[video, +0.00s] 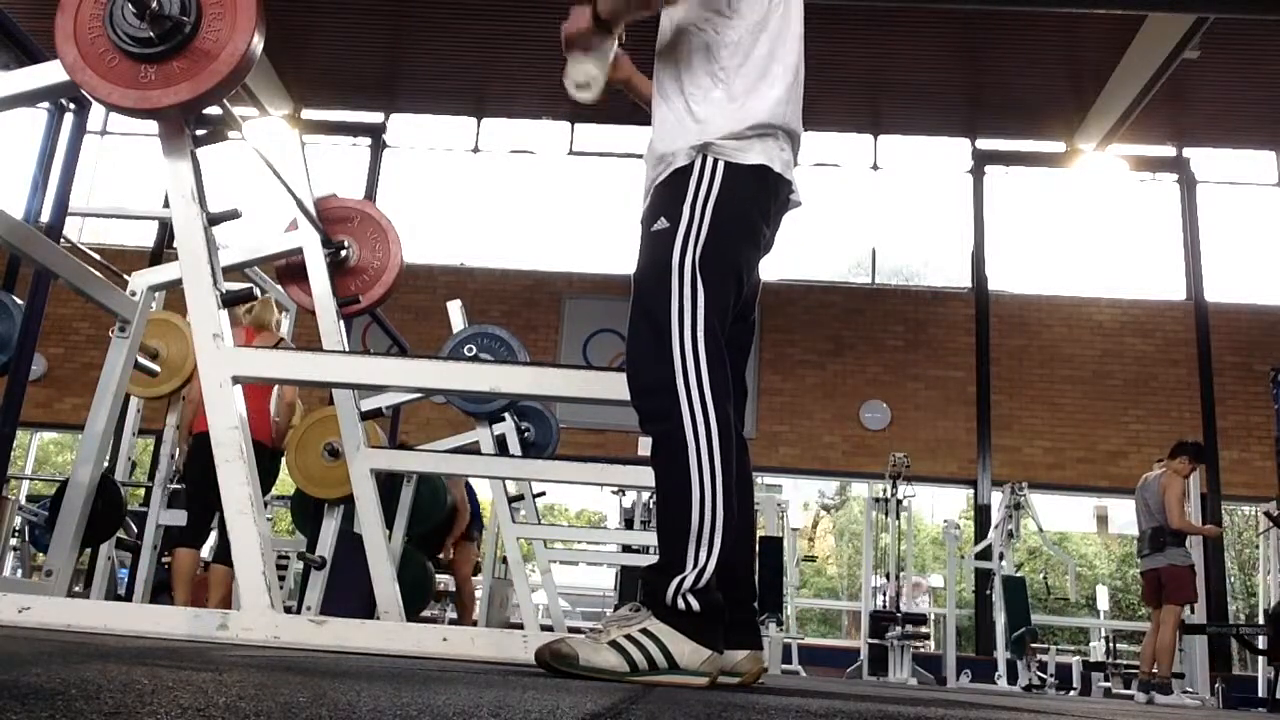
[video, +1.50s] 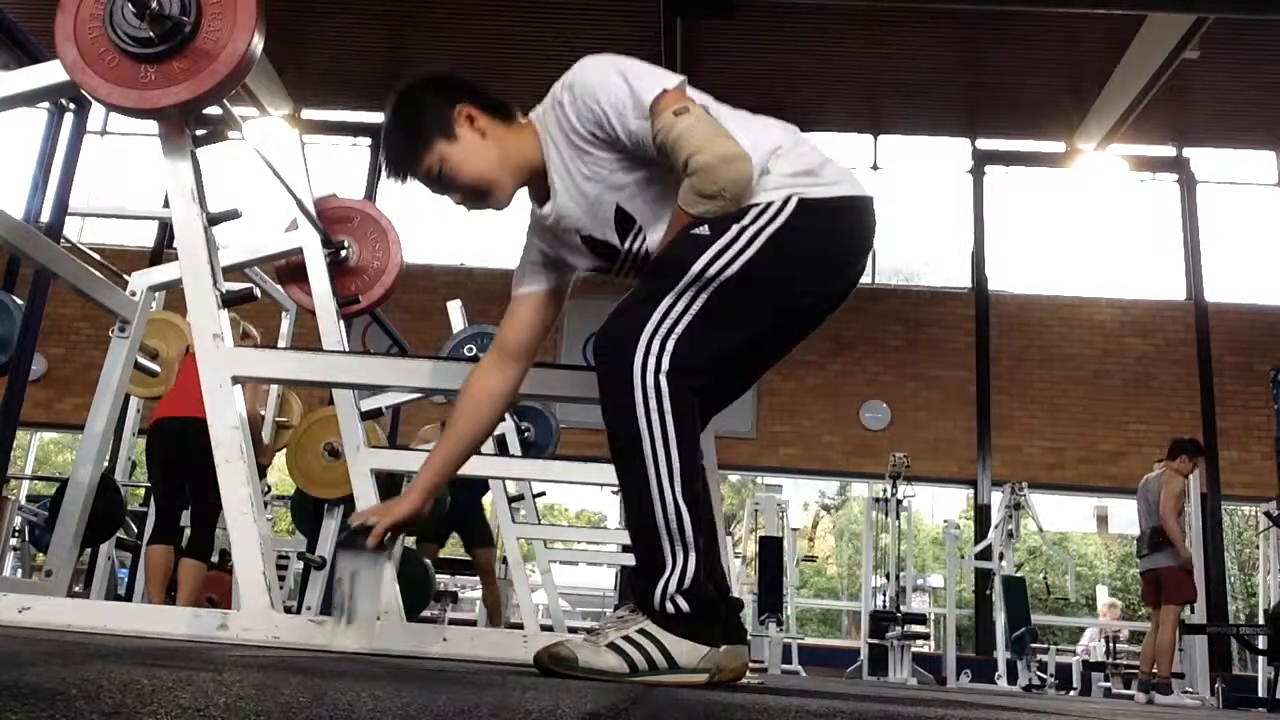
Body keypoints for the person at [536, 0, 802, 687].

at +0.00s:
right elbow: (697, 112)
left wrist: (600, 17)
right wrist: (618, 68)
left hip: (717, 151)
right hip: (724, 158)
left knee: (674, 373)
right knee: (708, 398)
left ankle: (688, 621)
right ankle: (731, 634)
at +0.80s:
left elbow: (684, 14)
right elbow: (697, 57)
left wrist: (620, 125)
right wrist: (625, 145)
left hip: (717, 144)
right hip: (729, 149)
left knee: (669, 371)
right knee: (705, 389)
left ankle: (689, 622)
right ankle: (729, 632)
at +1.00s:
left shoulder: (662, 4)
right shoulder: (656, 16)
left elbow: (671, 70)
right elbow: (680, 153)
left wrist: (634, 196)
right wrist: (611, 241)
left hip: (744, 147)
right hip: (780, 152)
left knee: (680, 373)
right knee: (706, 388)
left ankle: (686, 623)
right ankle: (709, 627)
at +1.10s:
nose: (515, 13)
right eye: (509, 8)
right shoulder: (608, 58)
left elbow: (676, 104)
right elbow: (635, 188)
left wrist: (643, 227)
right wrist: (588, 294)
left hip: (765, 153)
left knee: (678, 366)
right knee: (706, 388)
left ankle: (687, 624)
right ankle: (711, 629)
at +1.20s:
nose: (480, 58)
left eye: (472, 35)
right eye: (470, 51)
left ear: (504, 2)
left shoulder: (612, 9)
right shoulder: (592, 114)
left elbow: (693, 139)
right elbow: (599, 251)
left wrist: (671, 233)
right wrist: (550, 362)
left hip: (780, 162)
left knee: (666, 356)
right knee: (699, 388)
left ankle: (684, 624)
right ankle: (712, 632)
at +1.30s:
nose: (464, 115)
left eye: (454, 93)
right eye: (452, 106)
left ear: (486, 46)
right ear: (492, 55)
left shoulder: (603, 30)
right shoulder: (574, 158)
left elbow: (706, 148)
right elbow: (563, 288)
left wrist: (667, 250)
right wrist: (504, 417)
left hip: (787, 173)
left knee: (652, 349)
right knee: (686, 393)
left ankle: (687, 623)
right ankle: (707, 629)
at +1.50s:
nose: (453, 196)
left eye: (442, 172)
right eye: (437, 189)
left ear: (472, 121)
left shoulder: (589, 85)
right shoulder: (552, 230)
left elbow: (721, 169)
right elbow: (501, 366)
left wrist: (658, 257)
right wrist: (417, 493)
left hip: (801, 201)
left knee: (635, 348)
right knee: (657, 396)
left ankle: (684, 621)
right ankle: (702, 624)